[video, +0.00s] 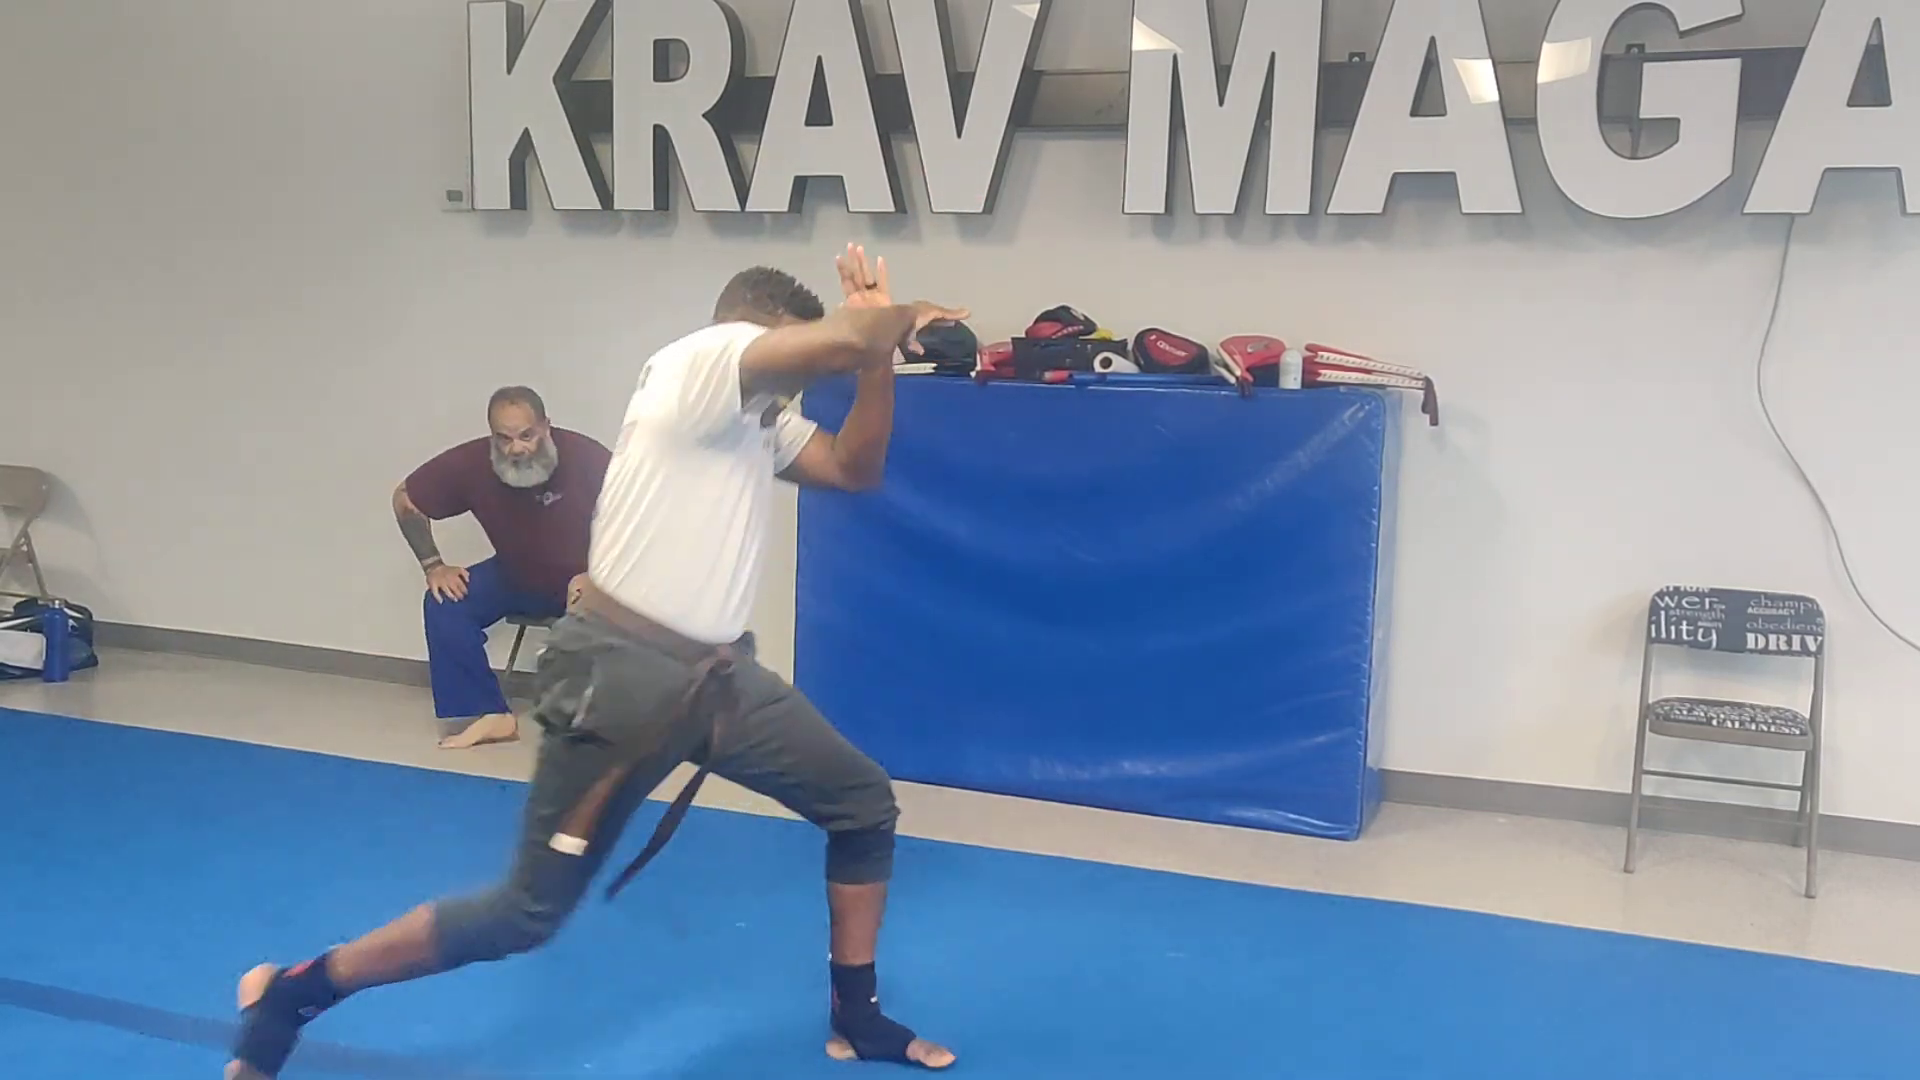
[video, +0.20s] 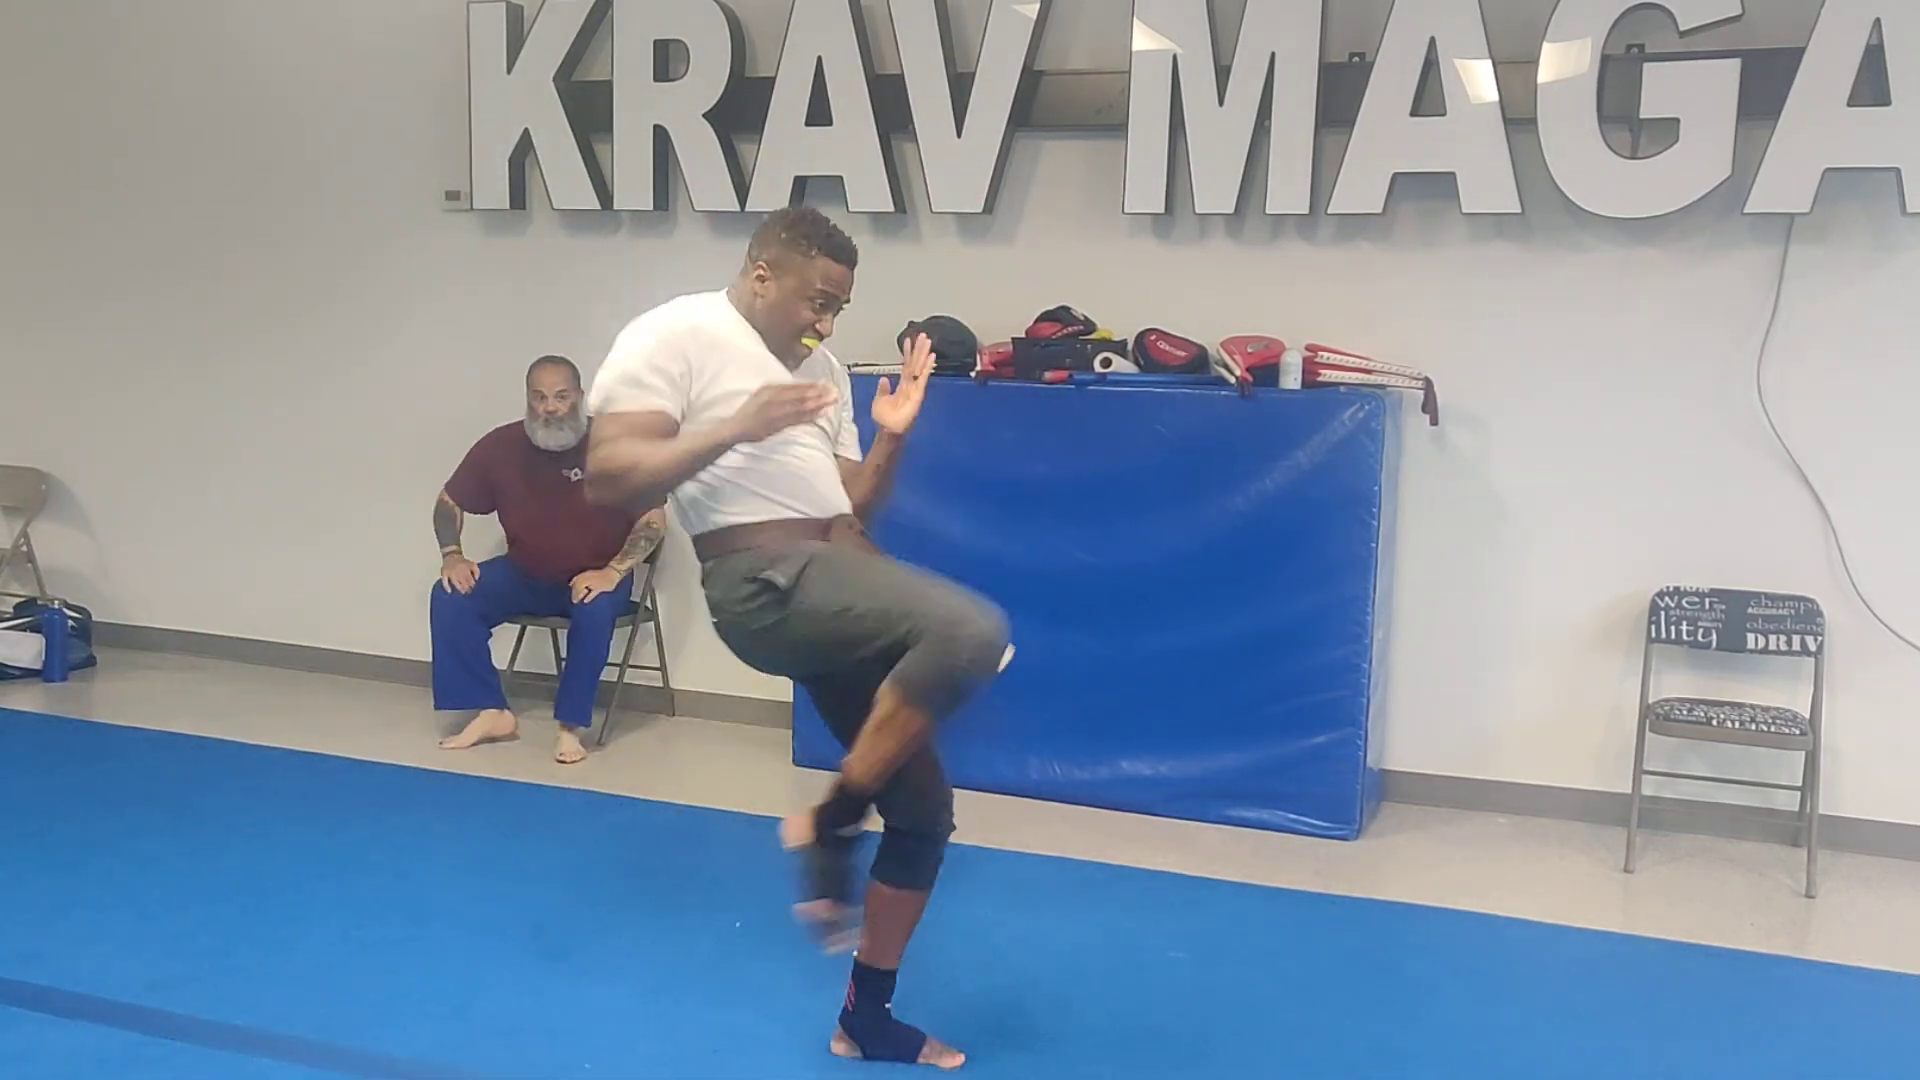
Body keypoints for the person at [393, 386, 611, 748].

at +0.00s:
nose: (517, 448)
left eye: (526, 436)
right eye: (505, 439)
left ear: (546, 427)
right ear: (491, 436)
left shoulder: (587, 459)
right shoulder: (470, 464)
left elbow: (636, 516)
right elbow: (405, 499)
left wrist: (600, 576)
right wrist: (433, 565)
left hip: (585, 582)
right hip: (515, 579)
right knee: (446, 600)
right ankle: (493, 714)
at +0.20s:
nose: (549, 408)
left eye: (560, 397)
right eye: (539, 397)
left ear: (580, 398)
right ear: (527, 400)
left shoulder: (613, 446)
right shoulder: (501, 447)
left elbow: (654, 518)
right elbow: (450, 501)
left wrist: (614, 571)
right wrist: (452, 556)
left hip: (595, 577)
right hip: (525, 574)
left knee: (595, 609)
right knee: (452, 594)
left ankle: (570, 727)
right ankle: (493, 712)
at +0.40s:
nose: (579, 394)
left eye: (590, 385)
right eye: (568, 384)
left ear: (605, 392)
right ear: (554, 391)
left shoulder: (629, 446)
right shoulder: (525, 442)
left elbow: (642, 520)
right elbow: (499, 513)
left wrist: (607, 563)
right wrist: (478, 550)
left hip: (598, 574)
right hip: (529, 572)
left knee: (590, 605)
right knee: (456, 589)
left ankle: (571, 724)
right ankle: (492, 709)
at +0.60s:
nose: (588, 394)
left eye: (599, 385)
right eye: (577, 385)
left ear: (611, 393)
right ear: (563, 391)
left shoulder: (634, 450)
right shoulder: (529, 442)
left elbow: (648, 519)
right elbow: (496, 511)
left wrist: (612, 557)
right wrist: (483, 546)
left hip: (596, 575)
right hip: (529, 573)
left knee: (585, 601)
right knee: (465, 586)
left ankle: (569, 725)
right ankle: (503, 710)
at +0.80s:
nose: (585, 394)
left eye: (594, 385)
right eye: (573, 385)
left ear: (606, 391)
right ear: (557, 391)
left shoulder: (631, 449)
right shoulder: (525, 442)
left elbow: (649, 520)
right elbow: (491, 512)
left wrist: (616, 560)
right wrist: (477, 548)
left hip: (595, 574)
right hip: (530, 573)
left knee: (590, 605)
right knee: (465, 591)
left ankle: (569, 725)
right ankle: (503, 710)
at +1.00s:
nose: (573, 403)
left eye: (582, 392)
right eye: (561, 393)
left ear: (595, 394)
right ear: (544, 396)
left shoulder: (622, 449)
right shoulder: (515, 444)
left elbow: (652, 522)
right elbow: (474, 513)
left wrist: (616, 567)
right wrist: (464, 556)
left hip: (596, 575)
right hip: (527, 574)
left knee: (590, 608)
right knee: (460, 595)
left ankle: (568, 725)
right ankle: (500, 714)